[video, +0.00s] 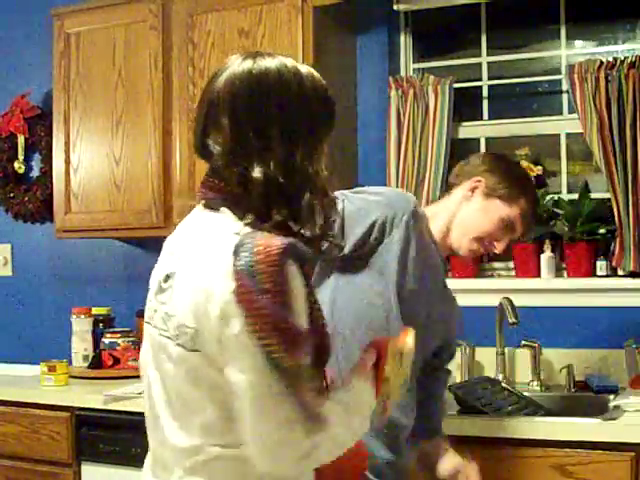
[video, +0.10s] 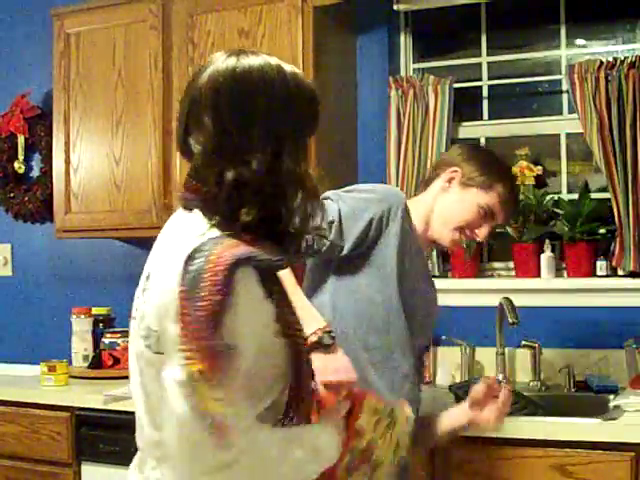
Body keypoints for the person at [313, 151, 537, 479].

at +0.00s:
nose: (501, 247)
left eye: (511, 241)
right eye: (505, 227)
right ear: (473, 189)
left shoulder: (444, 318)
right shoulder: (391, 210)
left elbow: (426, 435)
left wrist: (446, 461)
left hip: (379, 470)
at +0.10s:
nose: (482, 235)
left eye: (492, 228)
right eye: (485, 214)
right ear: (451, 179)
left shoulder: (423, 293)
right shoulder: (385, 206)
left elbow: (391, 431)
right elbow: (266, 235)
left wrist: (464, 415)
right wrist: (320, 341)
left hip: (382, 464)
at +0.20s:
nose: (470, 222)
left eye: (479, 215)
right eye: (469, 201)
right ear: (432, 173)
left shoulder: (411, 277)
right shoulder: (376, 203)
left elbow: (407, 423)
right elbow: (259, 250)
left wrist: (476, 372)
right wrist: (339, 341)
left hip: (385, 466)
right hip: (335, 459)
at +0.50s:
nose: (442, 177)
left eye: (457, 171)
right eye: (434, 157)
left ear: (461, 189)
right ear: (400, 152)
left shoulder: (417, 282)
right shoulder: (361, 198)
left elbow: (449, 392)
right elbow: (244, 256)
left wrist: (508, 327)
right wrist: (342, 319)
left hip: (402, 463)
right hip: (339, 456)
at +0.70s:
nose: (430, 150)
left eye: (447, 146)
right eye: (421, 134)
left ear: (458, 171)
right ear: (393, 143)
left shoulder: (432, 271)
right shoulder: (347, 198)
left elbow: (469, 371)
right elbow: (226, 258)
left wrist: (514, 295)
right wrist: (294, 321)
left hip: (407, 460)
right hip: (342, 453)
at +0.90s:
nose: (425, 150)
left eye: (444, 143)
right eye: (416, 133)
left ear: (460, 166)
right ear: (396, 140)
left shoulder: (437, 265)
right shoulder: (344, 199)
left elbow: (482, 355)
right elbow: (227, 260)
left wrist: (494, 253)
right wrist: (270, 337)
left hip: (406, 460)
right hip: (333, 452)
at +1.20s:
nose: (419, 152)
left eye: (436, 144)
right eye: (410, 133)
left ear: (450, 160)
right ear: (386, 133)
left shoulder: (432, 255)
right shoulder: (320, 202)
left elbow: (480, 332)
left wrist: (459, 212)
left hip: (397, 459)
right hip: (318, 449)